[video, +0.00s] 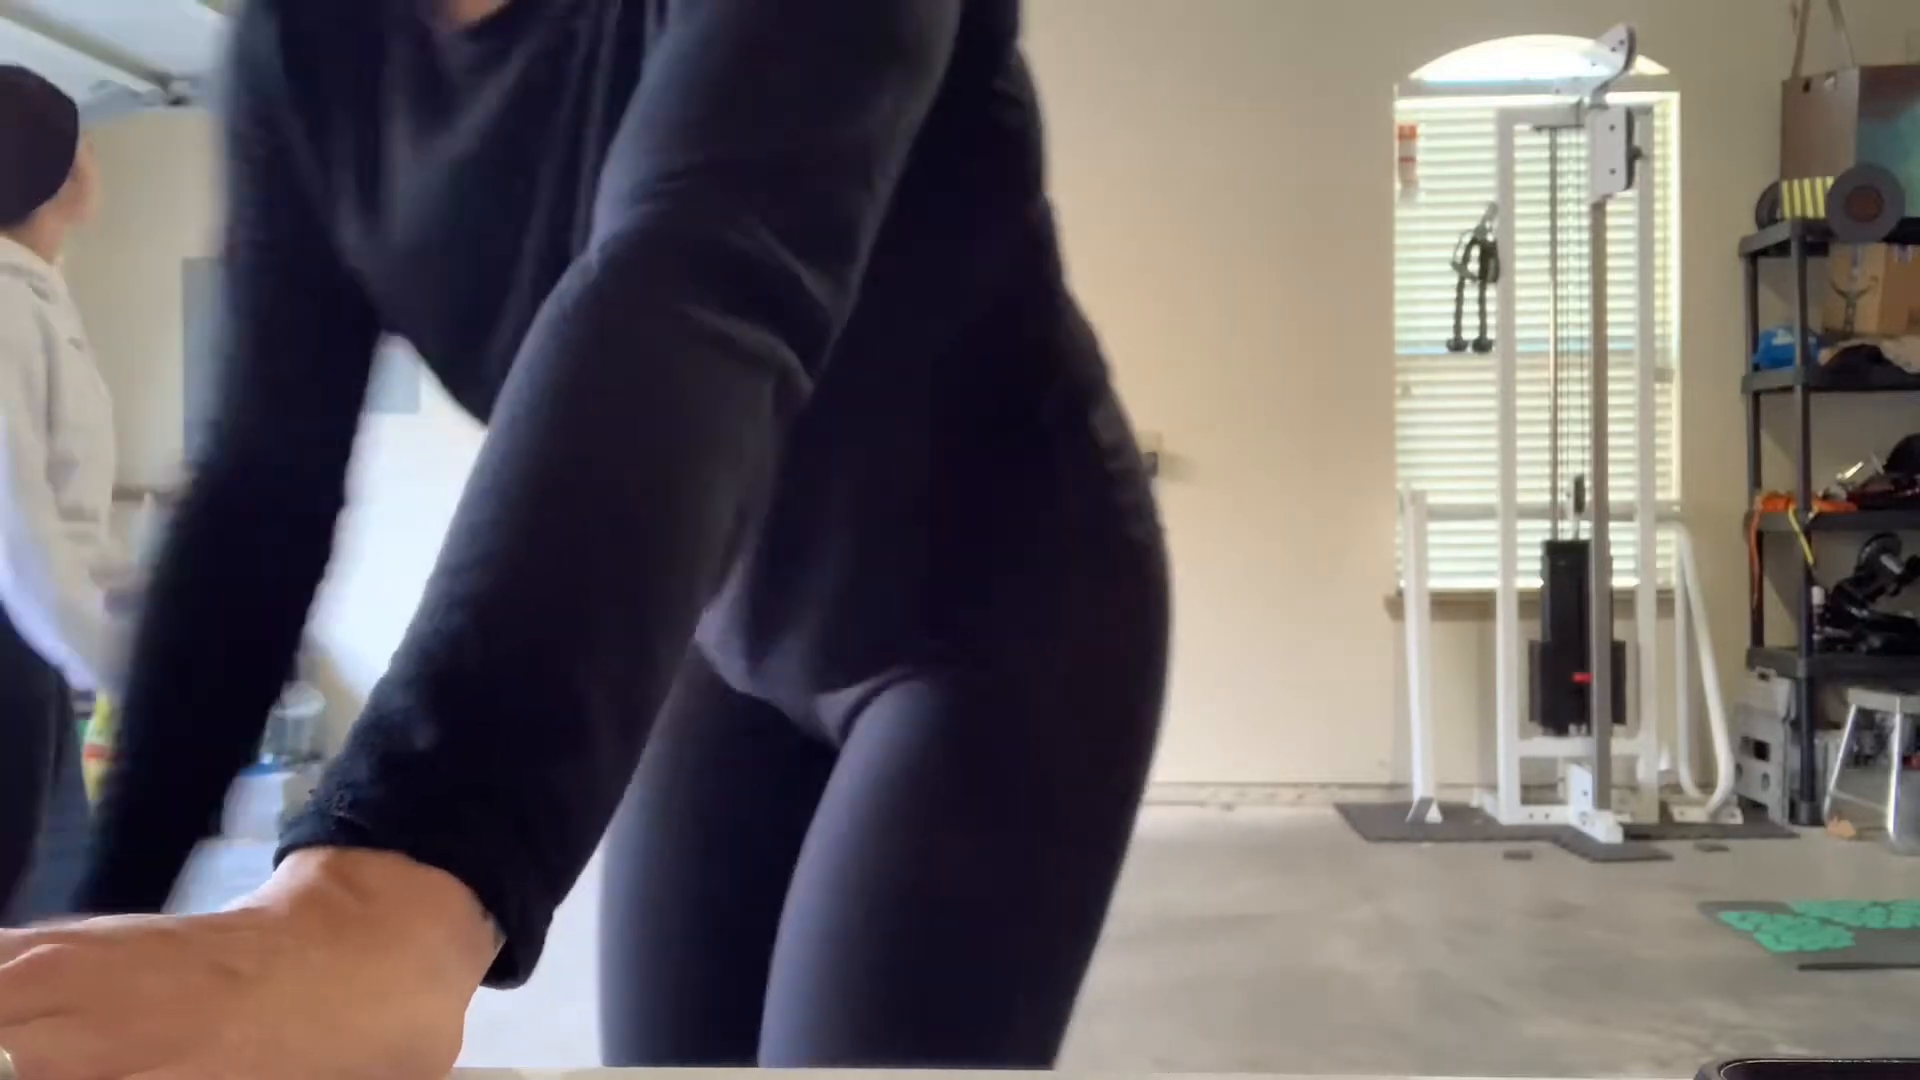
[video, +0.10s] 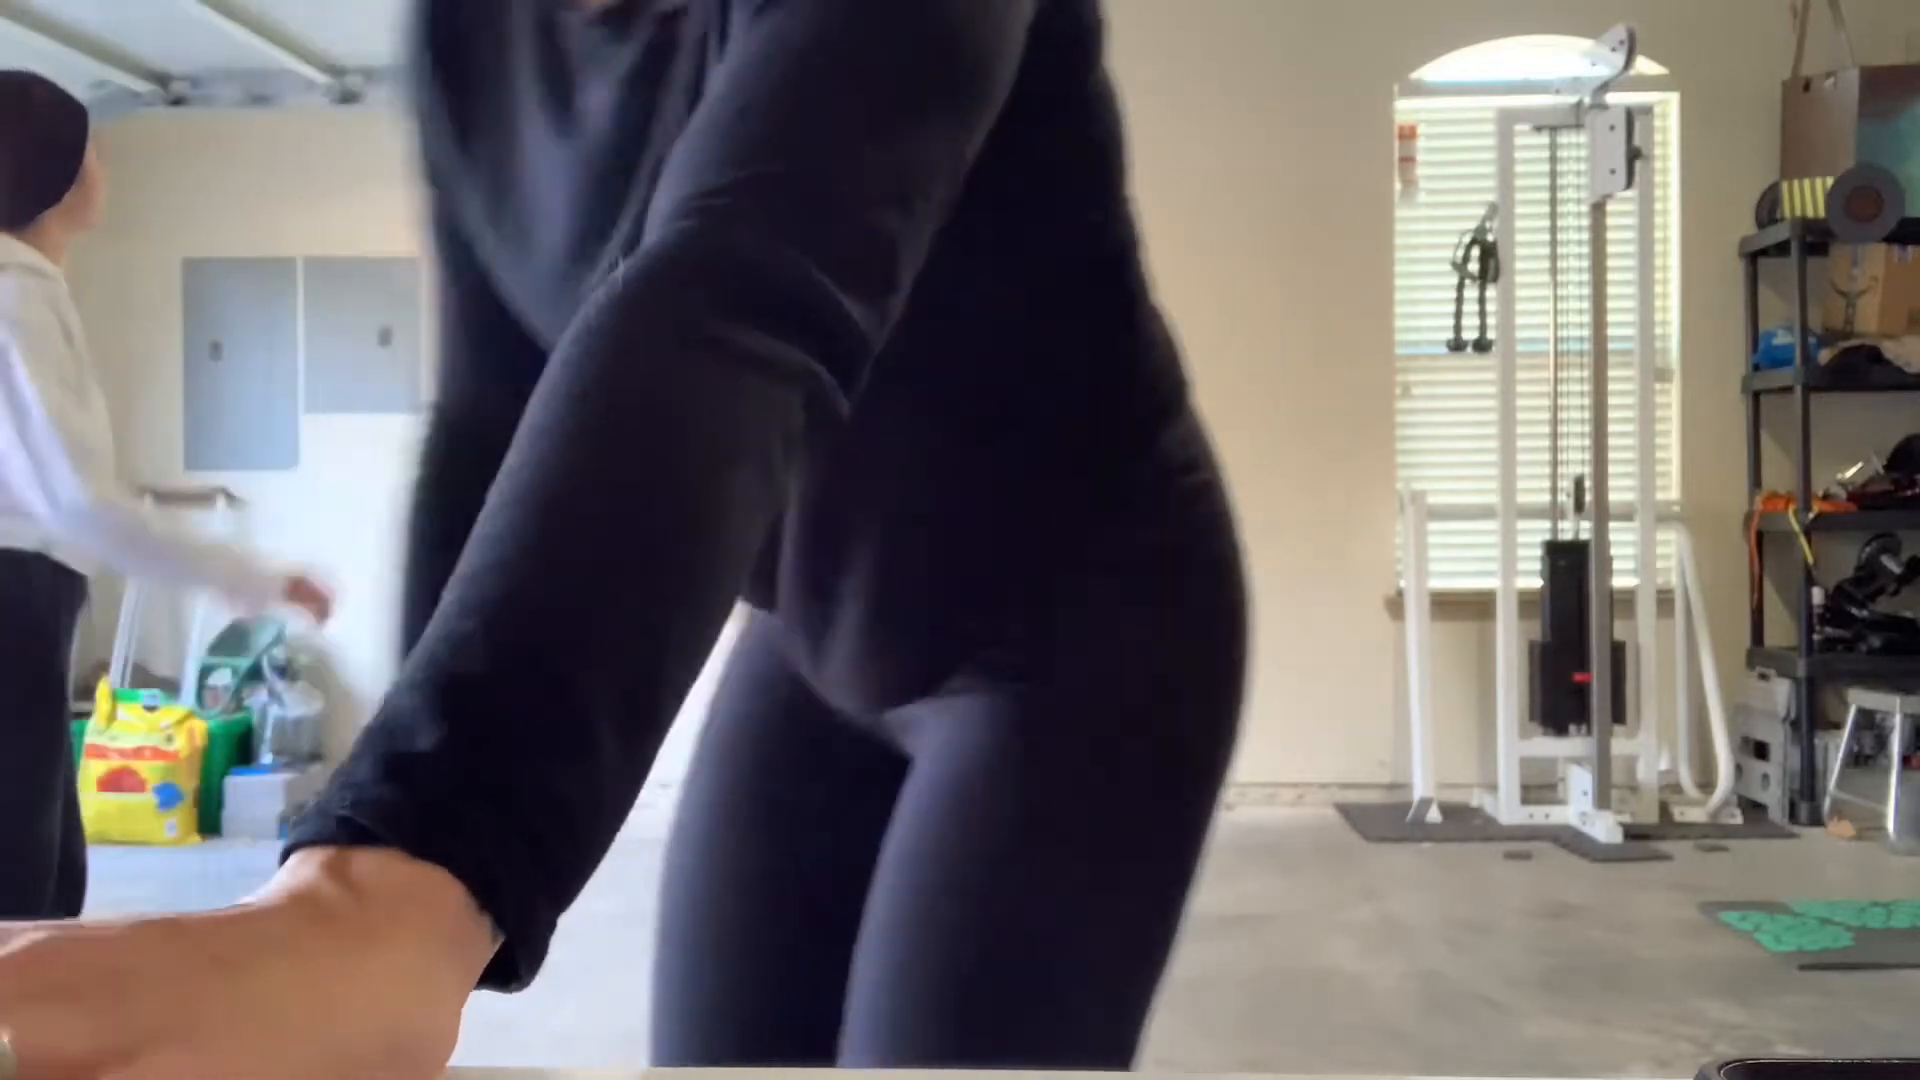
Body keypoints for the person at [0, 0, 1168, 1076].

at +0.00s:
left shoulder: (828, 21)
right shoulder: (304, 43)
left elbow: (700, 296)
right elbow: (261, 479)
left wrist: (379, 910)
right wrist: (95, 922)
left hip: (992, 614)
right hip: (710, 636)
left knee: (853, 1064)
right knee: (662, 1061)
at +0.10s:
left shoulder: (910, 21)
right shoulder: (467, 35)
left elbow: (735, 313)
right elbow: (494, 421)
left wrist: (403, 899)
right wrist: (383, 884)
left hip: (1068, 618)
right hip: (811, 620)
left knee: (927, 1062)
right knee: (713, 1055)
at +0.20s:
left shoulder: (989, 14)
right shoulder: (636, 25)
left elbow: (779, 316)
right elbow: (707, 326)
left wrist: (430, 889)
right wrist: (623, 737)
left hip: (1145, 634)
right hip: (892, 633)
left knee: (992, 1058)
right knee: (786, 1050)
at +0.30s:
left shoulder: (1036, 10)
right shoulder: (757, 18)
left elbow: (837, 279)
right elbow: (815, 253)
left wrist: (454, 850)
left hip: (1185, 634)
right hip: (950, 617)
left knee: (1020, 1060)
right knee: (846, 1050)